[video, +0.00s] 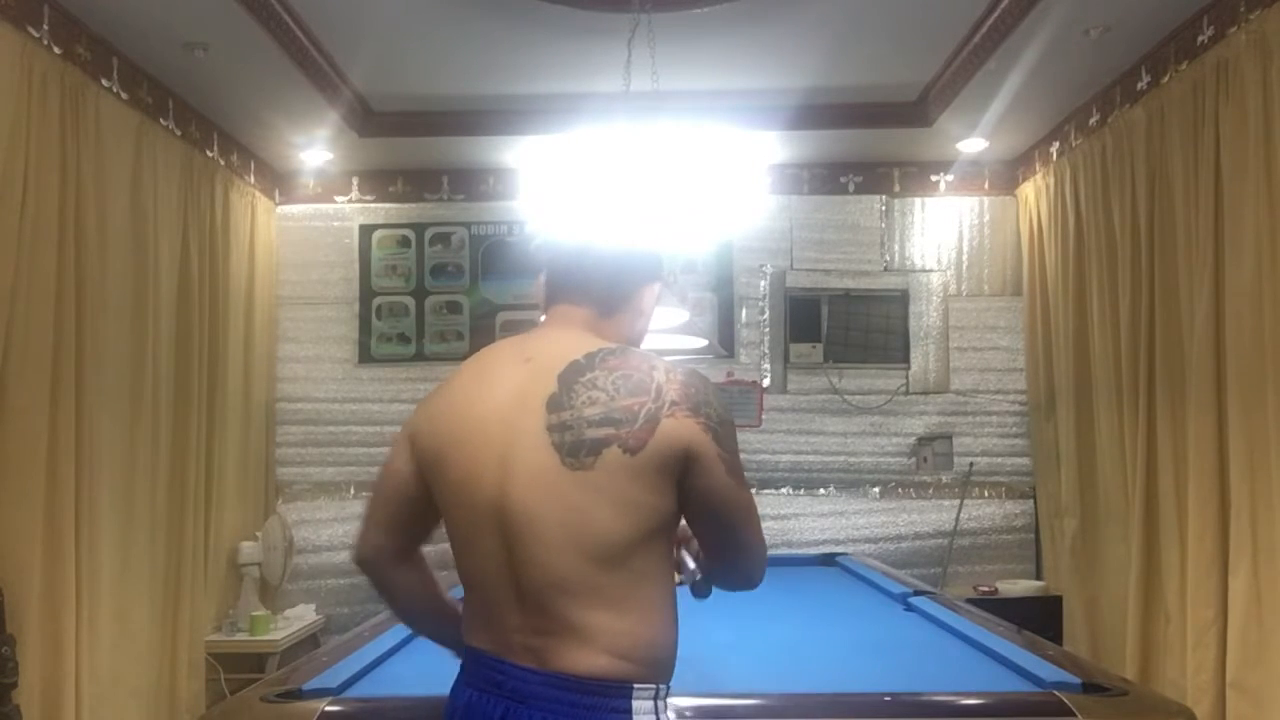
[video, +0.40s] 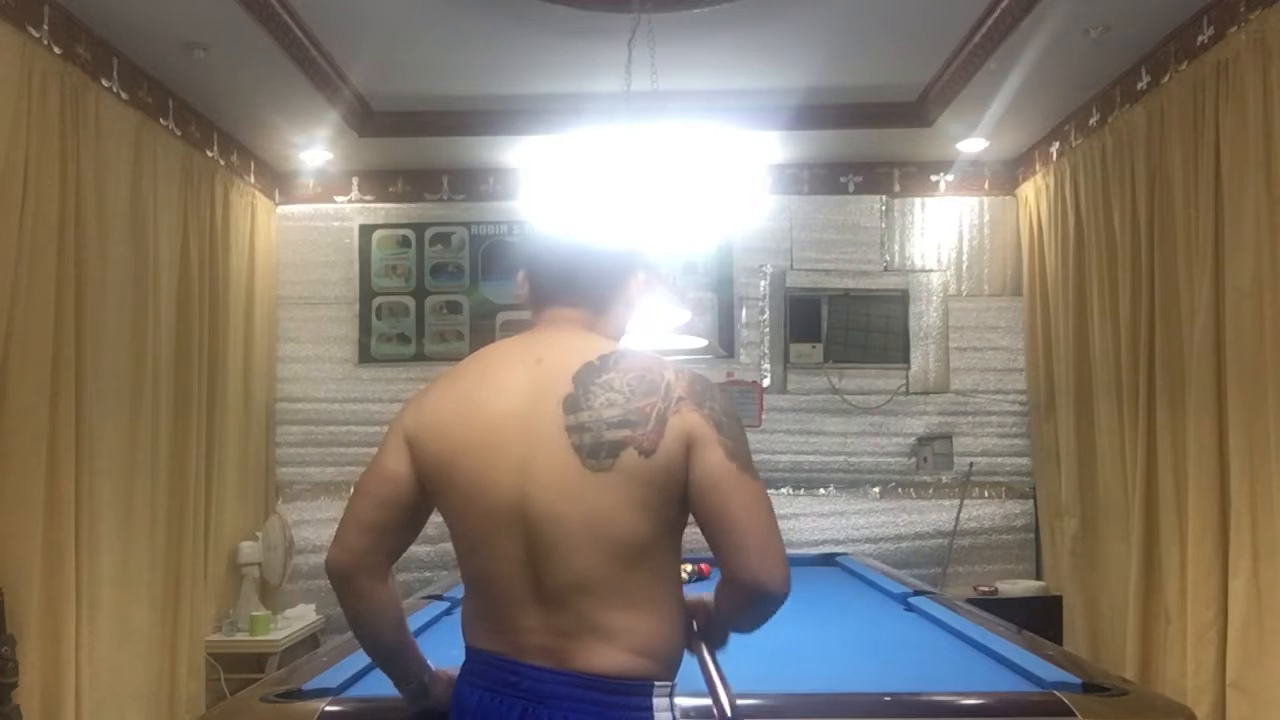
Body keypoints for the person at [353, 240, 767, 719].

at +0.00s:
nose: (655, 309)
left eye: (658, 293)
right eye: (656, 292)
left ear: (546, 287)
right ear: (642, 293)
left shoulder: (456, 391)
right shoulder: (674, 396)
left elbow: (381, 549)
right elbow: (743, 569)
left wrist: (462, 637)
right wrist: (690, 545)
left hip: (480, 697)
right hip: (611, 703)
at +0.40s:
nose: (642, 292)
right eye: (642, 280)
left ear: (526, 285)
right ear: (632, 284)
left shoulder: (442, 398)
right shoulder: (677, 396)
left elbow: (353, 563)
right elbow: (763, 577)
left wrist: (419, 684)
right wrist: (716, 617)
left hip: (485, 694)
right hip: (621, 699)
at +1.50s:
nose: (647, 292)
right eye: (647, 280)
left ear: (529, 285)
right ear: (636, 280)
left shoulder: (461, 397)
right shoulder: (667, 389)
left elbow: (408, 536)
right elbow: (752, 586)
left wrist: (471, 456)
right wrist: (811, 711)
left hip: (494, 694)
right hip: (624, 701)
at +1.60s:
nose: (647, 289)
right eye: (646, 277)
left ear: (528, 285)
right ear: (636, 279)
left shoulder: (460, 399)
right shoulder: (672, 391)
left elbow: (407, 540)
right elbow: (753, 589)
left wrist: (468, 457)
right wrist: (811, 711)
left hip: (498, 693)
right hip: (626, 701)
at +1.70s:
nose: (649, 287)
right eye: (648, 275)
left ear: (530, 285)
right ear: (637, 276)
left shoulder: (461, 397)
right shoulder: (677, 391)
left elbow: (406, 544)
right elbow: (761, 590)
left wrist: (473, 458)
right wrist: (819, 712)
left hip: (503, 695)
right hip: (635, 702)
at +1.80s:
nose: (652, 282)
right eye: (650, 271)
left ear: (528, 284)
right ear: (640, 277)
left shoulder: (465, 393)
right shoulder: (679, 387)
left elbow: (392, 549)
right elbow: (769, 585)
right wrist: (817, 709)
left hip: (507, 695)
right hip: (640, 701)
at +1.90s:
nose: (657, 284)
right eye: (652, 271)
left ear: (532, 280)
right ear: (643, 277)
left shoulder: (466, 392)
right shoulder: (681, 390)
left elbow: (383, 552)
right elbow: (778, 586)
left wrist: (438, 594)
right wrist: (809, 709)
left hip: (509, 696)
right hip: (643, 703)